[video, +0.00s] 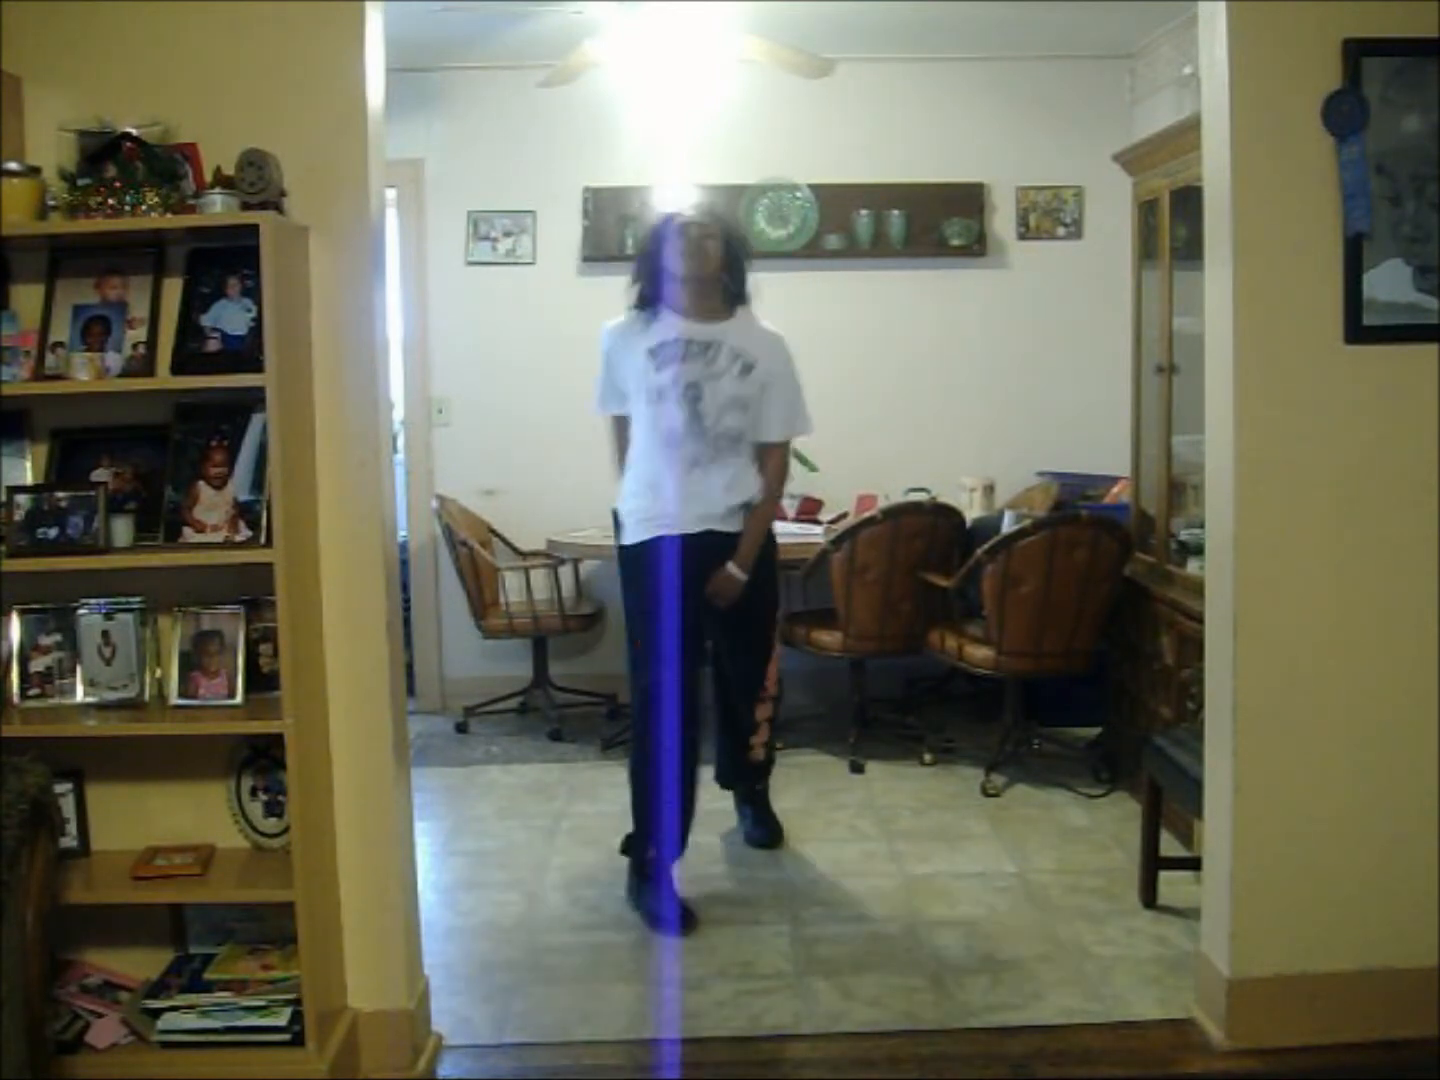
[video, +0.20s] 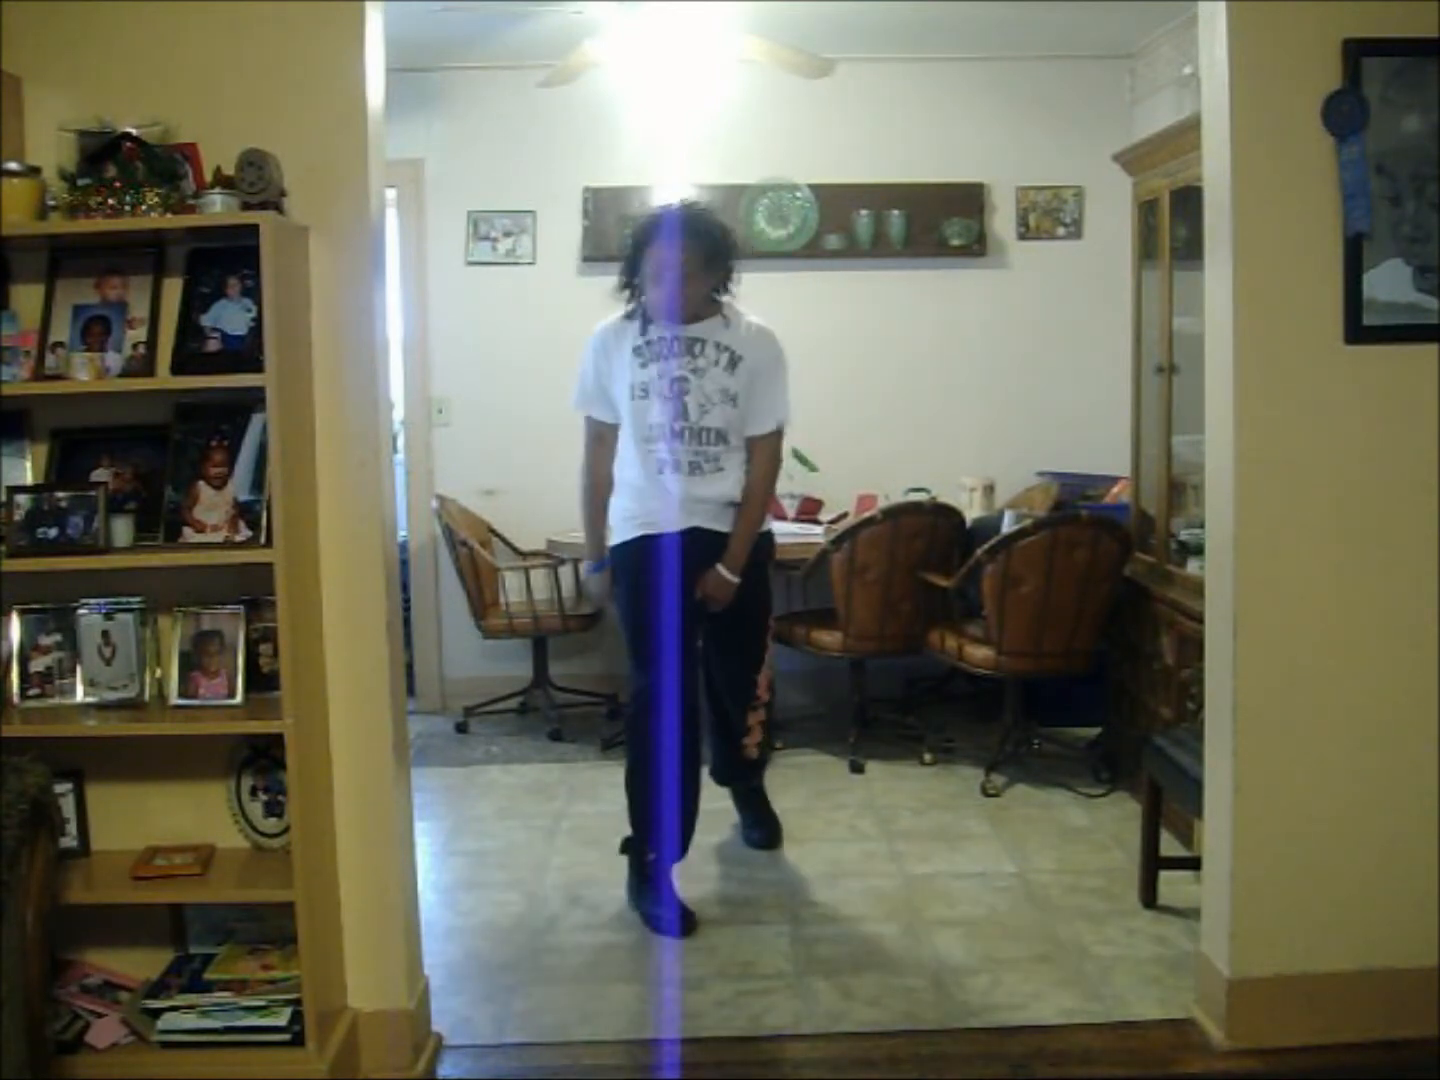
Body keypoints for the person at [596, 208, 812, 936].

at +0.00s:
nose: (694, 249)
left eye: (707, 238)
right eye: (680, 238)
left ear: (727, 255)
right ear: (657, 256)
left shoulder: (762, 346)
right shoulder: (626, 340)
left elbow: (775, 466)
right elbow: (622, 447)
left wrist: (743, 558)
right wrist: (638, 520)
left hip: (737, 533)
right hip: (652, 535)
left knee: (746, 676)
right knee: (662, 697)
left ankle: (751, 789)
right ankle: (653, 861)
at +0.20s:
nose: (668, 287)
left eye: (683, 273)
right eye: (657, 272)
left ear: (714, 276)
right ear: (638, 275)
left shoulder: (754, 345)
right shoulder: (613, 344)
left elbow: (764, 462)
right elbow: (598, 455)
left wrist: (735, 559)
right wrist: (597, 551)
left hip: (731, 534)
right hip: (647, 535)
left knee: (736, 679)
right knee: (660, 692)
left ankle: (743, 781)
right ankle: (651, 861)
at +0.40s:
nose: (623, 275)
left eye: (635, 259)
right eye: (618, 265)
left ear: (676, 258)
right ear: (625, 275)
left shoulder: (755, 346)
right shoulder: (617, 351)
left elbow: (769, 464)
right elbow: (600, 464)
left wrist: (737, 563)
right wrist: (594, 562)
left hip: (731, 543)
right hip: (645, 545)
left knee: (734, 685)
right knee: (661, 698)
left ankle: (738, 783)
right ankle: (651, 863)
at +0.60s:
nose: (606, 290)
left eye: (617, 275)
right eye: (604, 276)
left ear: (662, 273)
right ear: (629, 279)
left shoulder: (754, 347)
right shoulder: (608, 351)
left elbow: (772, 467)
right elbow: (603, 456)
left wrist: (738, 572)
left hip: (734, 545)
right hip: (650, 545)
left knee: (734, 687)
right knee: (661, 705)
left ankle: (738, 783)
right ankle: (651, 866)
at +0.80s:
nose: (626, 289)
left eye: (638, 274)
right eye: (624, 276)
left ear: (677, 274)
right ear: (636, 280)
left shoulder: (769, 352)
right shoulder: (627, 358)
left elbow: (783, 473)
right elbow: (582, 451)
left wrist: (747, 575)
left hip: (746, 551)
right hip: (657, 548)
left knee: (738, 695)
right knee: (660, 707)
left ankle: (738, 785)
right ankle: (651, 868)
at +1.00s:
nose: (661, 288)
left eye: (669, 271)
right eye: (646, 283)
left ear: (704, 270)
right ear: (637, 302)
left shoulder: (784, 343)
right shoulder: (645, 373)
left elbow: (824, 445)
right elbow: (582, 431)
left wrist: (779, 544)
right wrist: (526, 468)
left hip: (777, 549)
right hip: (688, 556)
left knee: (781, 702)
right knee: (673, 719)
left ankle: (794, 764)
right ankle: (651, 872)